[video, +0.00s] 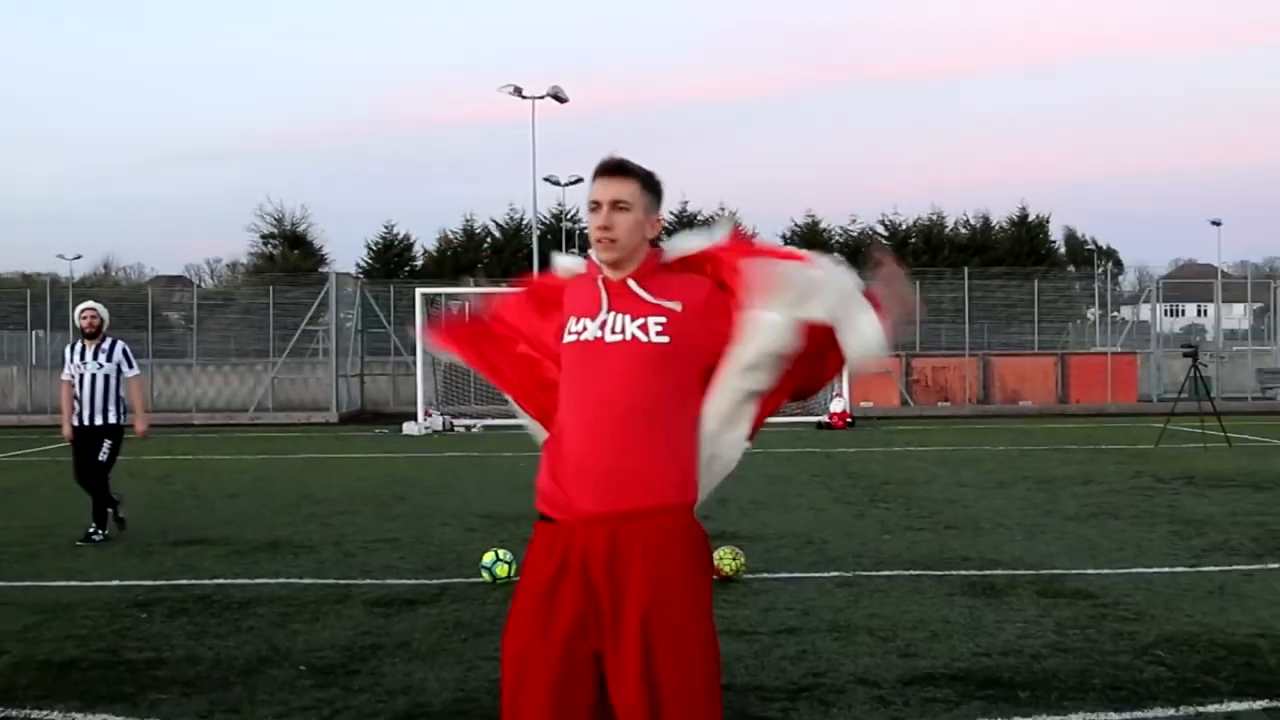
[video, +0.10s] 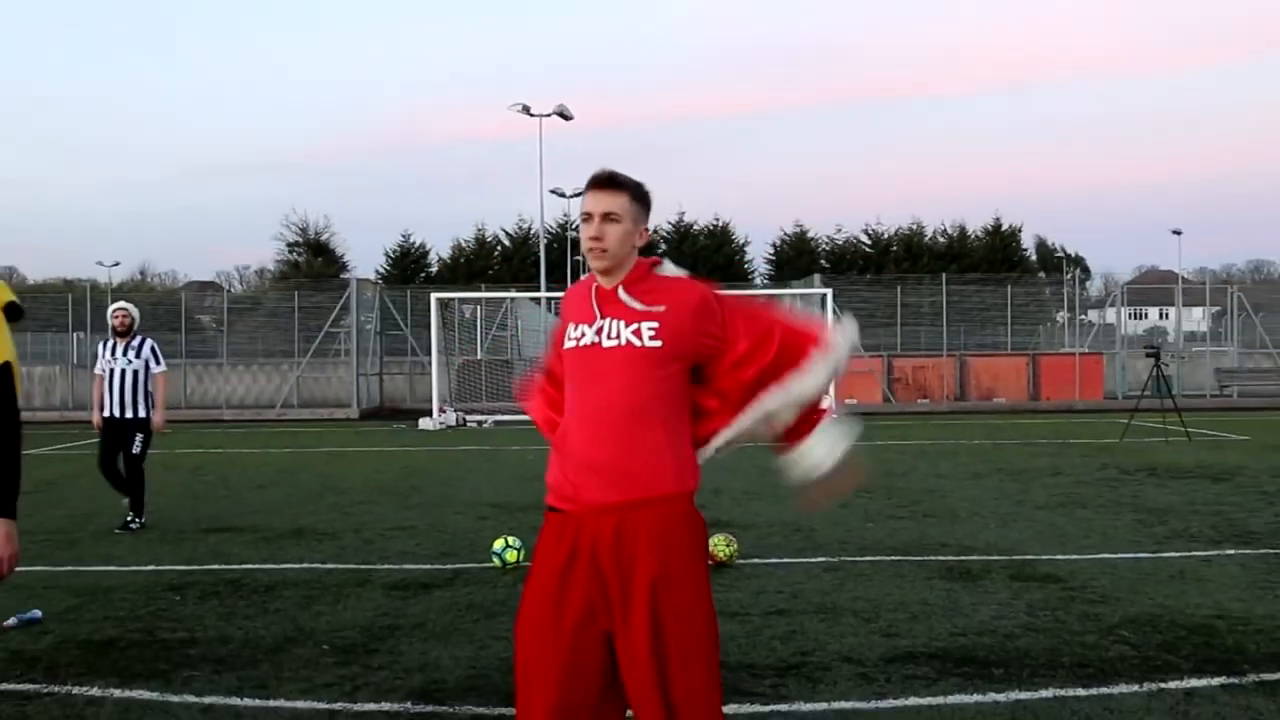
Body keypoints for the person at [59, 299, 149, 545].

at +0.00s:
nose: (89, 322)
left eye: (94, 317)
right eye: (85, 318)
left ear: (102, 322)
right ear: (78, 323)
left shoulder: (118, 348)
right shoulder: (72, 350)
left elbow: (134, 381)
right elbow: (67, 385)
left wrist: (139, 416)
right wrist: (66, 421)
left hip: (110, 421)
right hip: (82, 422)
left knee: (97, 472)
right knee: (82, 475)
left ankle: (99, 526)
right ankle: (113, 503)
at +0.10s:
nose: (120, 321)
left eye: (124, 317)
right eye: (116, 317)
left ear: (133, 321)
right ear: (111, 322)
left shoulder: (147, 345)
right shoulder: (104, 347)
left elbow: (160, 377)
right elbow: (99, 379)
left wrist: (159, 411)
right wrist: (96, 410)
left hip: (138, 416)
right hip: (112, 416)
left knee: (133, 465)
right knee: (106, 464)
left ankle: (136, 515)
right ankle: (131, 494)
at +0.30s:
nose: (163, 324)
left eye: (167, 320)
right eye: (159, 321)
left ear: (174, 324)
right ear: (154, 325)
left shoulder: (186, 346)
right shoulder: (148, 348)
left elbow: (196, 375)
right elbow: (143, 375)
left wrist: (179, 397)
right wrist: (142, 400)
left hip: (181, 412)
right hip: (156, 411)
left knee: (187, 455)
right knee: (145, 455)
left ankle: (194, 497)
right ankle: (138, 501)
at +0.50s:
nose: (151, 331)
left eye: (155, 327)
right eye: (147, 328)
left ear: (162, 330)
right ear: (142, 333)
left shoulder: (177, 352)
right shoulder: (138, 357)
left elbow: (191, 379)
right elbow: (137, 384)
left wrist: (173, 401)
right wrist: (135, 409)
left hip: (175, 418)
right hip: (149, 418)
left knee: (180, 456)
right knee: (141, 461)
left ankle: (199, 488)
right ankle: (141, 505)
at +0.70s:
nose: (134, 324)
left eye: (138, 320)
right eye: (130, 321)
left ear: (145, 323)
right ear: (125, 326)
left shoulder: (160, 345)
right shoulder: (120, 350)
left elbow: (173, 375)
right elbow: (117, 382)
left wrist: (177, 405)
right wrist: (113, 412)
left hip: (156, 409)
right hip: (130, 411)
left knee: (151, 450)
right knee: (133, 458)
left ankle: (163, 489)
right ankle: (140, 504)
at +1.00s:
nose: (115, 328)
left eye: (119, 325)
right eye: (111, 325)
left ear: (126, 329)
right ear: (104, 330)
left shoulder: (138, 354)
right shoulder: (96, 355)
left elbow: (154, 383)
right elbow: (90, 386)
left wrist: (161, 415)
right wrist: (82, 418)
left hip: (130, 417)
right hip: (105, 418)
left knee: (117, 463)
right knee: (119, 464)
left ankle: (105, 513)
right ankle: (138, 503)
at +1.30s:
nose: (98, 321)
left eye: (102, 317)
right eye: (93, 317)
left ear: (110, 321)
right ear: (87, 322)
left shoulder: (121, 347)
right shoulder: (80, 347)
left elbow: (130, 381)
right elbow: (73, 379)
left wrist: (120, 411)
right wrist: (68, 410)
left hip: (106, 416)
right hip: (80, 415)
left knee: (104, 466)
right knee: (69, 460)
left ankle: (104, 515)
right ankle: (92, 496)